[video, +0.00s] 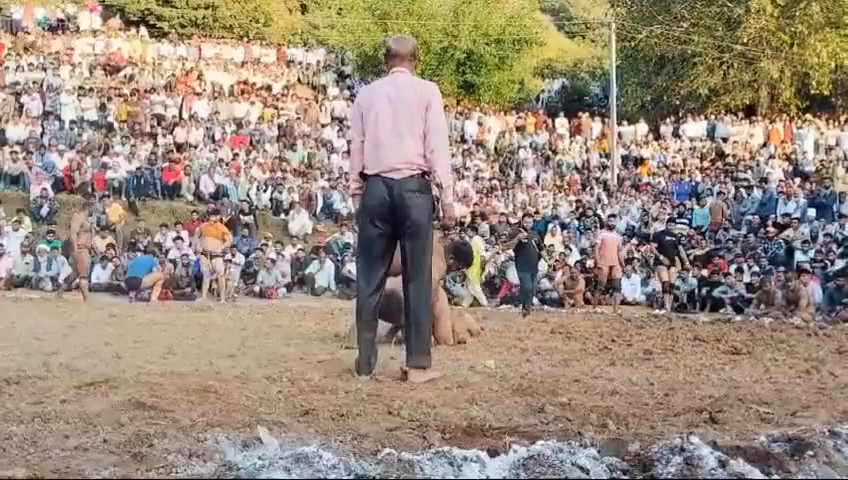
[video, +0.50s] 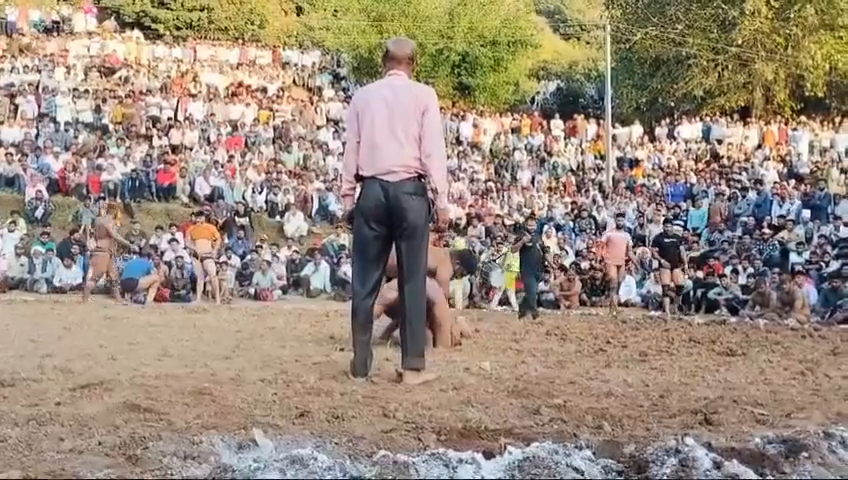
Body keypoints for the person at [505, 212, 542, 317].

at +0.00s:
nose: (528, 224)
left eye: (530, 222)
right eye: (526, 222)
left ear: (532, 223)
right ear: (522, 222)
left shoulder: (534, 234)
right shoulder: (516, 232)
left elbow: (541, 248)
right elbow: (505, 247)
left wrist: (539, 243)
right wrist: (517, 239)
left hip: (534, 264)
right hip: (522, 264)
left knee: (532, 288)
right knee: (527, 287)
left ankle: (528, 307)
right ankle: (526, 308)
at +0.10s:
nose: (529, 224)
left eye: (531, 222)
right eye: (527, 222)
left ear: (533, 223)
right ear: (522, 222)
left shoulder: (535, 234)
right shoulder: (517, 233)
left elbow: (541, 248)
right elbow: (507, 246)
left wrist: (541, 244)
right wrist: (519, 239)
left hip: (534, 265)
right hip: (523, 264)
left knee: (532, 288)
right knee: (530, 287)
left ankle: (527, 307)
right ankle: (525, 308)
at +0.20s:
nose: (530, 225)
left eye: (532, 222)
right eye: (528, 222)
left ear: (534, 223)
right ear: (524, 223)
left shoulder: (536, 235)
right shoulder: (520, 233)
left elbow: (542, 249)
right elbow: (512, 247)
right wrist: (520, 239)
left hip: (536, 266)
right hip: (524, 265)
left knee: (531, 289)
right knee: (531, 286)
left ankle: (526, 310)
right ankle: (529, 309)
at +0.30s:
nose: (531, 226)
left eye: (533, 223)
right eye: (529, 223)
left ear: (535, 224)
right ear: (524, 224)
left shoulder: (536, 237)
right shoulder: (520, 235)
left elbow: (543, 250)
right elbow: (511, 247)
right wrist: (521, 240)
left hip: (536, 266)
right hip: (525, 266)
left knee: (530, 289)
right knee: (532, 287)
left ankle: (525, 310)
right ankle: (534, 309)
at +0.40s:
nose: (531, 227)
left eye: (533, 224)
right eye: (529, 224)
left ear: (536, 225)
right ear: (525, 224)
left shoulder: (537, 238)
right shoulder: (521, 236)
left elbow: (543, 250)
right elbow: (513, 248)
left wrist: (546, 253)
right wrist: (521, 240)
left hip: (537, 267)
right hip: (526, 267)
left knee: (532, 291)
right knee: (532, 290)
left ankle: (523, 309)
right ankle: (535, 311)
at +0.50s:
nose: (532, 227)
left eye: (533, 225)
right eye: (529, 225)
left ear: (536, 226)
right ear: (525, 226)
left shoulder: (538, 238)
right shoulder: (522, 236)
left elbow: (543, 251)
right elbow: (513, 249)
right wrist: (522, 241)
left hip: (538, 267)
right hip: (526, 268)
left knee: (532, 291)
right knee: (532, 290)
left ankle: (522, 310)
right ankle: (534, 312)